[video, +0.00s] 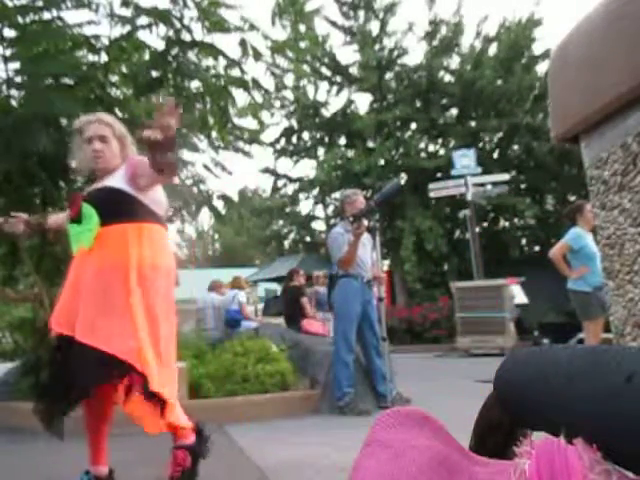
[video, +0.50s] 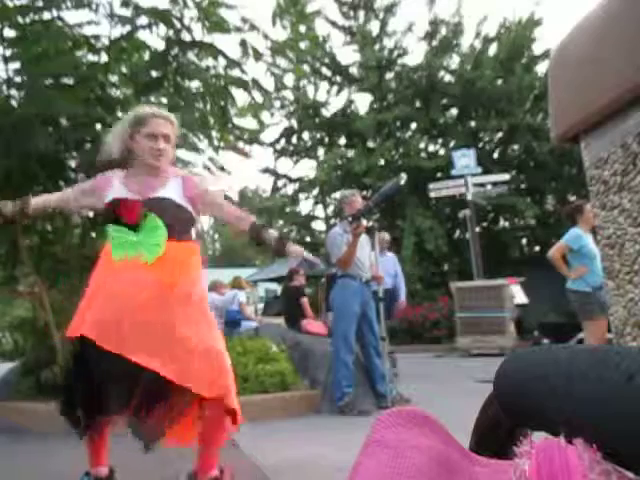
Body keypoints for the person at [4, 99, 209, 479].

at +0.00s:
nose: (96, 147)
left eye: (103, 140)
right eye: (89, 141)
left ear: (121, 145)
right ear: (83, 150)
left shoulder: (135, 169)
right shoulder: (93, 192)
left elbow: (159, 172)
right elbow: (68, 219)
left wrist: (163, 152)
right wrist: (34, 224)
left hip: (139, 290)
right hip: (99, 292)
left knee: (141, 372)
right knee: (99, 380)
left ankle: (186, 432)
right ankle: (98, 468)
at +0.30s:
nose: (105, 141)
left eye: (113, 134)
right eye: (96, 135)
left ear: (127, 141)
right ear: (85, 146)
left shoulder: (141, 169)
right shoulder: (86, 188)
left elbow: (175, 181)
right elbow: (55, 213)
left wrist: (211, 185)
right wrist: (27, 224)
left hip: (157, 284)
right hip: (105, 290)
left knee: (187, 361)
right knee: (97, 377)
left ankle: (227, 447)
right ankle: (99, 468)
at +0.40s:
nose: (125, 143)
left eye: (131, 137)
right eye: (115, 137)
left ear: (143, 145)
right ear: (100, 146)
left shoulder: (159, 174)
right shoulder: (93, 185)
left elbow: (192, 194)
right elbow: (56, 206)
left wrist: (231, 198)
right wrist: (23, 219)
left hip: (165, 280)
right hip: (109, 284)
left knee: (201, 360)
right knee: (96, 369)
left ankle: (227, 455)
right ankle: (99, 466)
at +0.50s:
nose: (160, 145)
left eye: (167, 139)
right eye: (150, 137)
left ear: (174, 147)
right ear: (130, 142)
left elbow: (241, 220)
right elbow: (55, 200)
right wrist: (9, 208)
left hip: (181, 303)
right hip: (119, 300)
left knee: (220, 381)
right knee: (95, 380)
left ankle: (207, 469)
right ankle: (98, 469)